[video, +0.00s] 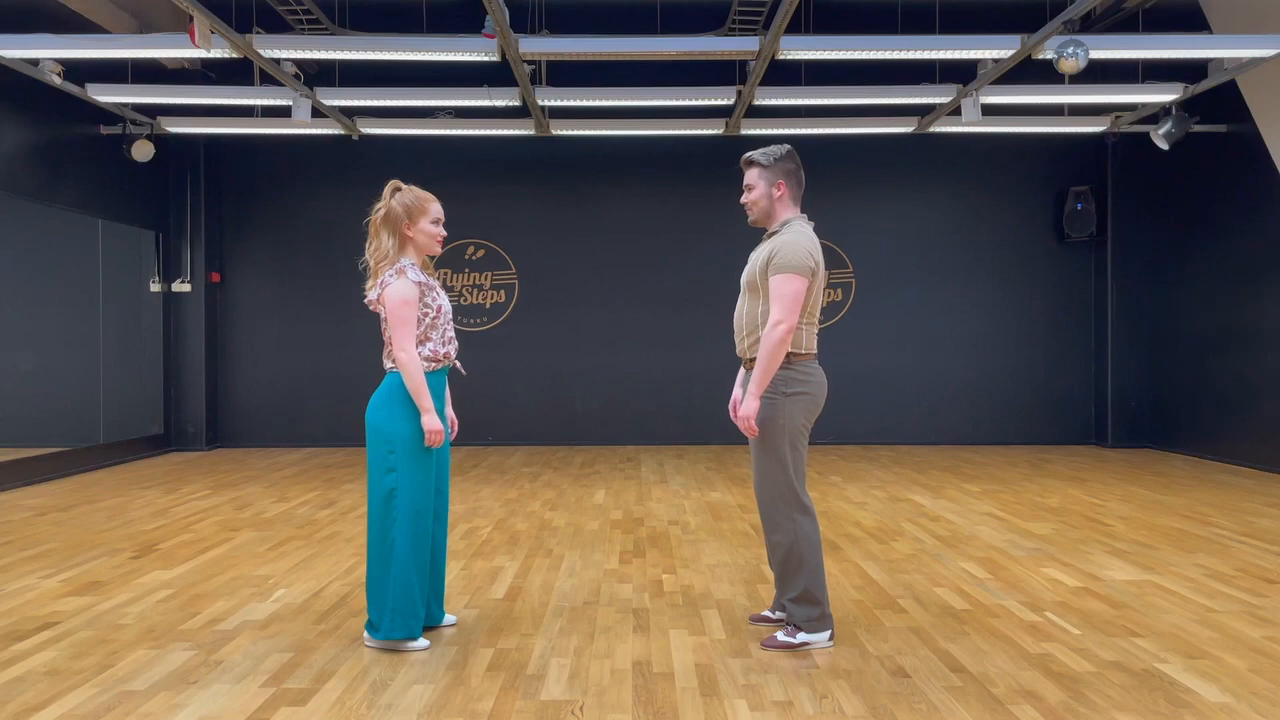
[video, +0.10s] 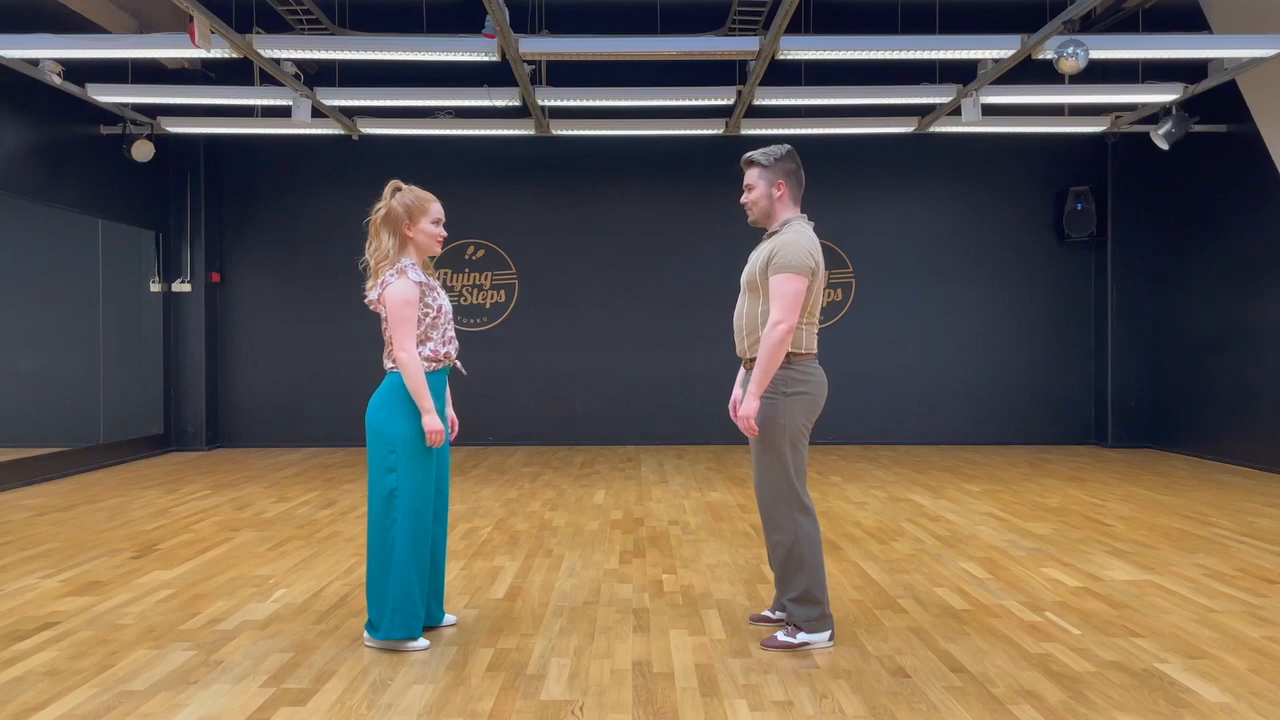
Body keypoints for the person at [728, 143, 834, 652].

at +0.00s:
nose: (743, 198)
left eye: (750, 188)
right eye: (743, 189)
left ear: (781, 189)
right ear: (777, 192)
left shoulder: (794, 244)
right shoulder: (777, 243)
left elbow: (783, 326)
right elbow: (763, 326)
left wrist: (755, 394)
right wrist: (741, 383)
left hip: (787, 383)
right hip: (773, 381)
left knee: (786, 502)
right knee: (777, 499)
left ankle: (811, 621)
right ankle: (793, 603)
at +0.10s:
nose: (743, 198)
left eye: (750, 188)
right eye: (743, 188)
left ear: (781, 189)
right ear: (778, 192)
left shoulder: (794, 243)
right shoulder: (777, 243)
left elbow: (783, 326)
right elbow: (762, 326)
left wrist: (755, 393)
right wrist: (741, 383)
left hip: (787, 383)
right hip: (773, 381)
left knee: (786, 502)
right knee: (778, 499)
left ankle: (811, 621)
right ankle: (794, 603)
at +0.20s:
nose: (743, 198)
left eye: (750, 188)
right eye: (743, 189)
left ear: (781, 189)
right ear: (777, 192)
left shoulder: (794, 243)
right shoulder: (776, 243)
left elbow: (782, 326)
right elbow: (761, 326)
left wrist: (754, 393)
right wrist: (741, 382)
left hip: (787, 384)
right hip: (772, 382)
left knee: (787, 502)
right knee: (778, 499)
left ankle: (811, 621)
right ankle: (794, 603)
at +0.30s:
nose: (741, 197)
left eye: (749, 187)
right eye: (742, 188)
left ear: (779, 189)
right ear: (776, 192)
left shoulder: (793, 241)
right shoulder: (774, 243)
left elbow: (778, 324)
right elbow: (757, 325)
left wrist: (750, 391)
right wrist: (738, 381)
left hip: (787, 384)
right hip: (772, 383)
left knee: (787, 502)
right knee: (777, 499)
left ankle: (811, 621)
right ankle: (794, 602)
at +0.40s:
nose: (739, 197)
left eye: (747, 188)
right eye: (740, 188)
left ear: (776, 188)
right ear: (771, 190)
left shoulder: (789, 239)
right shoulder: (770, 242)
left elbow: (757, 317)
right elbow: (747, 318)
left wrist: (720, 377)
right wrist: (722, 378)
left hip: (787, 383)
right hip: (772, 382)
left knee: (788, 499)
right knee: (779, 497)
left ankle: (812, 621)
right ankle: (794, 602)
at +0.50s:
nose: (732, 200)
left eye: (740, 190)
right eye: (733, 190)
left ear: (770, 191)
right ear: (765, 193)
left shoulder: (780, 238)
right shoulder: (768, 242)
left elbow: (723, 299)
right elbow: (726, 308)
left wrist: (670, 335)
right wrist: (684, 353)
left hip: (789, 383)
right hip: (771, 383)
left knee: (788, 500)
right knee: (775, 495)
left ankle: (814, 621)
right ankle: (792, 599)